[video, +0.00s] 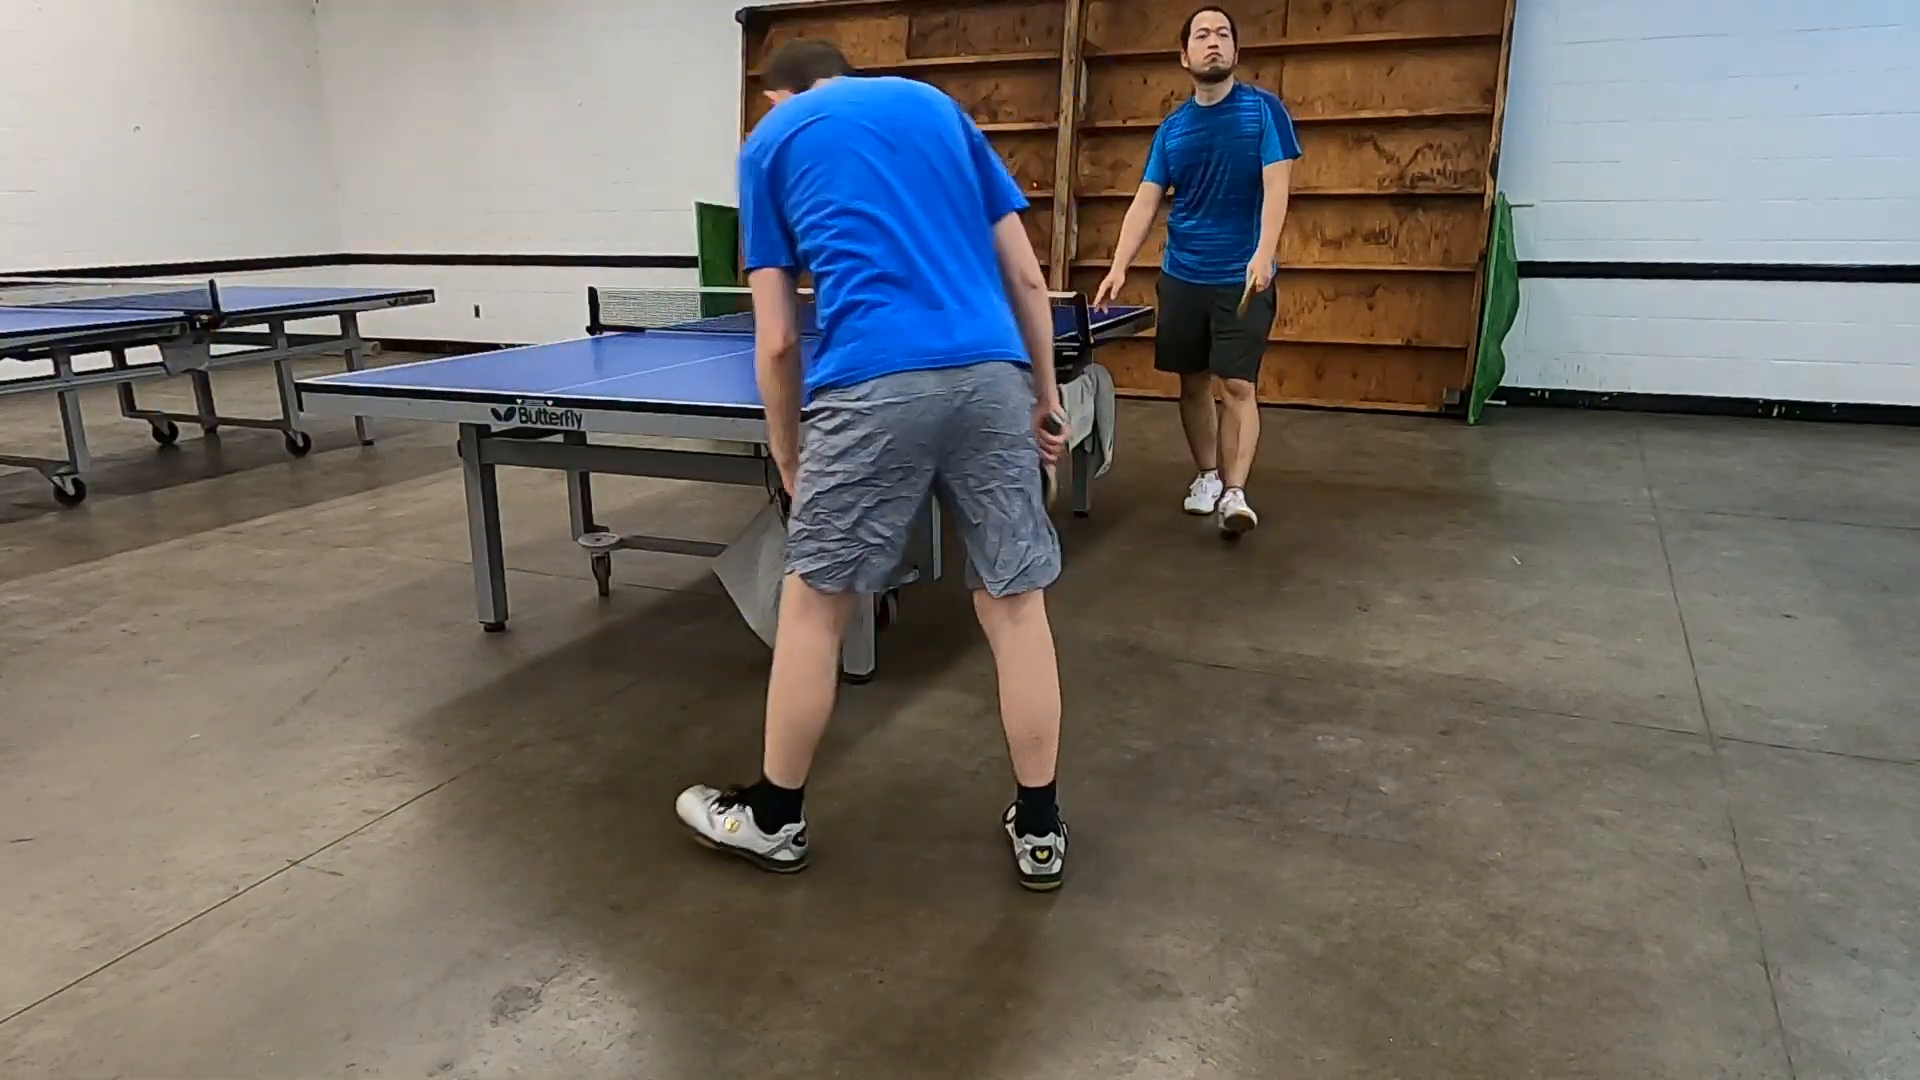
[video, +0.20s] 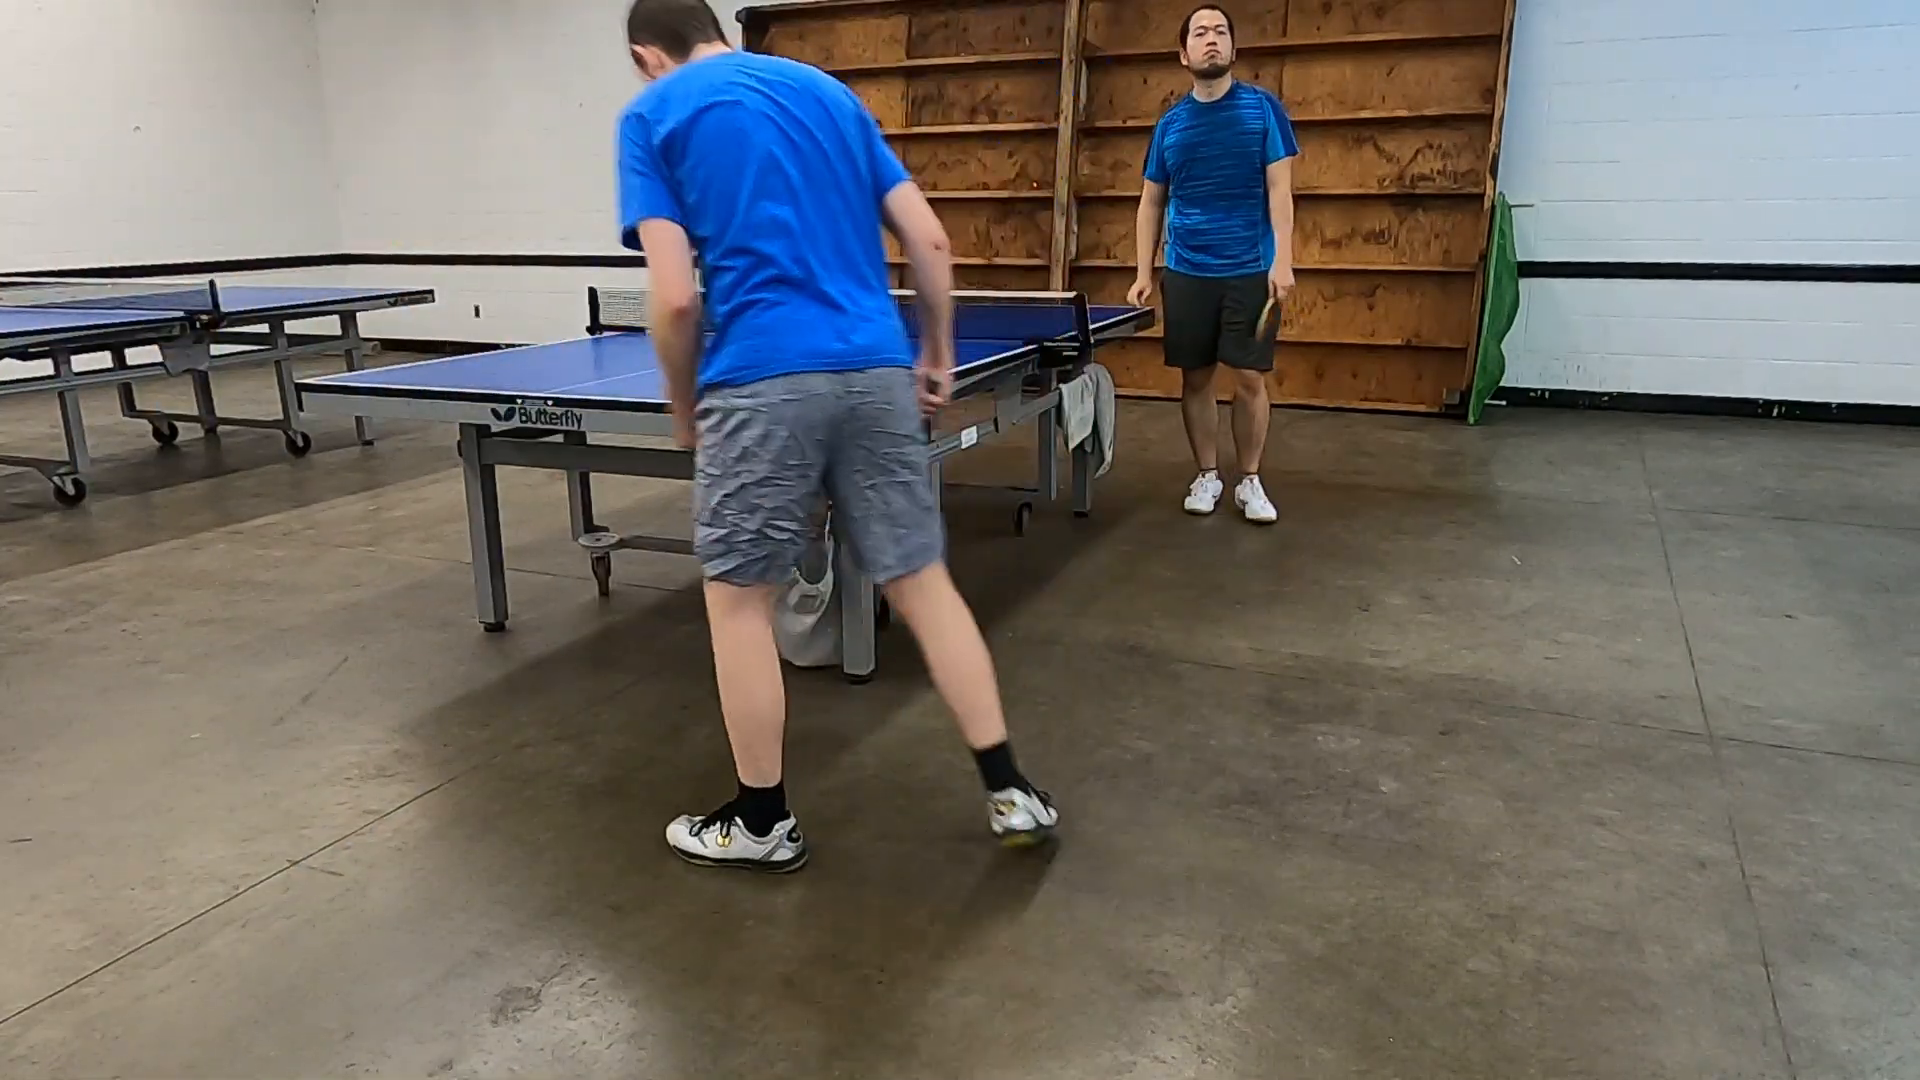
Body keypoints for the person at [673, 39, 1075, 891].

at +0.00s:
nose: (765, 119)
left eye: (763, 107)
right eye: (768, 105)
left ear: (776, 93)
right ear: (848, 69)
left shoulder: (770, 144)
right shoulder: (938, 108)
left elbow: (778, 339)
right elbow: (1025, 273)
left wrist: (787, 460)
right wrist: (1046, 390)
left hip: (872, 390)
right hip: (991, 375)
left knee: (816, 600)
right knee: (1015, 603)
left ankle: (775, 816)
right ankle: (1041, 829)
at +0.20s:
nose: (642, 85)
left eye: (637, 73)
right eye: (639, 73)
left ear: (649, 56)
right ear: (724, 37)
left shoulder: (652, 114)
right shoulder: (827, 90)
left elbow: (676, 295)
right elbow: (927, 240)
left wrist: (683, 406)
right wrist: (938, 353)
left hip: (764, 386)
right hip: (880, 372)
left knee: (740, 596)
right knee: (920, 578)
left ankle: (763, 816)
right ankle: (1009, 789)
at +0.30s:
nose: (591, 52)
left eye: (586, 38)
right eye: (589, 39)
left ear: (599, 24)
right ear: (675, 14)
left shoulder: (610, 86)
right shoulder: (781, 78)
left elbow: (619, 271)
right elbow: (871, 239)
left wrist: (576, 375)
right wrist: (854, 348)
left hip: (720, 376)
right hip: (826, 366)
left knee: (724, 598)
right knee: (843, 566)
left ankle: (762, 816)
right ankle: (938, 749)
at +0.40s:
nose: (553, 35)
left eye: (546, 25)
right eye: (550, 27)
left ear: (564, 10)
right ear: (639, 1)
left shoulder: (572, 66)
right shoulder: (738, 71)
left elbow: (574, 261)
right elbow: (809, 244)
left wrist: (509, 348)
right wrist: (776, 332)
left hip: (681, 367)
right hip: (778, 357)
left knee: (707, 593)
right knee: (764, 557)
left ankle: (759, 811)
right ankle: (826, 737)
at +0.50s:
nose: (512, 29)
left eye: (508, 20)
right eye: (509, 21)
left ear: (528, 6)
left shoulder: (538, 60)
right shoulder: (697, 74)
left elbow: (528, 260)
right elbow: (750, 258)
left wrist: (496, 323)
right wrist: (698, 321)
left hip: (641, 372)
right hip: (734, 359)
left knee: (692, 599)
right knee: (682, 571)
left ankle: (763, 814)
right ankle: (700, 747)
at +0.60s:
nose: (477, 29)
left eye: (474, 19)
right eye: (474, 20)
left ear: (493, 7)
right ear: (566, 2)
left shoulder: (502, 69)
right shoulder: (657, 81)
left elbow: (493, 263)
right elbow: (704, 260)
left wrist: (459, 322)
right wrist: (619, 300)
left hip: (596, 379)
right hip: (683, 364)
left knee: (667, 594)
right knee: (619, 574)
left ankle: (759, 808)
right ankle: (576, 744)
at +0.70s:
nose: (440, 26)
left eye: (437, 16)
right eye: (436, 17)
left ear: (460, 6)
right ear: (529, 4)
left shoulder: (468, 78)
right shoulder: (614, 91)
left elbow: (462, 261)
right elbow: (666, 263)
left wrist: (406, 306)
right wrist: (586, 311)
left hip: (546, 389)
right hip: (625, 375)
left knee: (605, 596)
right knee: (564, 574)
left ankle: (737, 789)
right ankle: (526, 760)